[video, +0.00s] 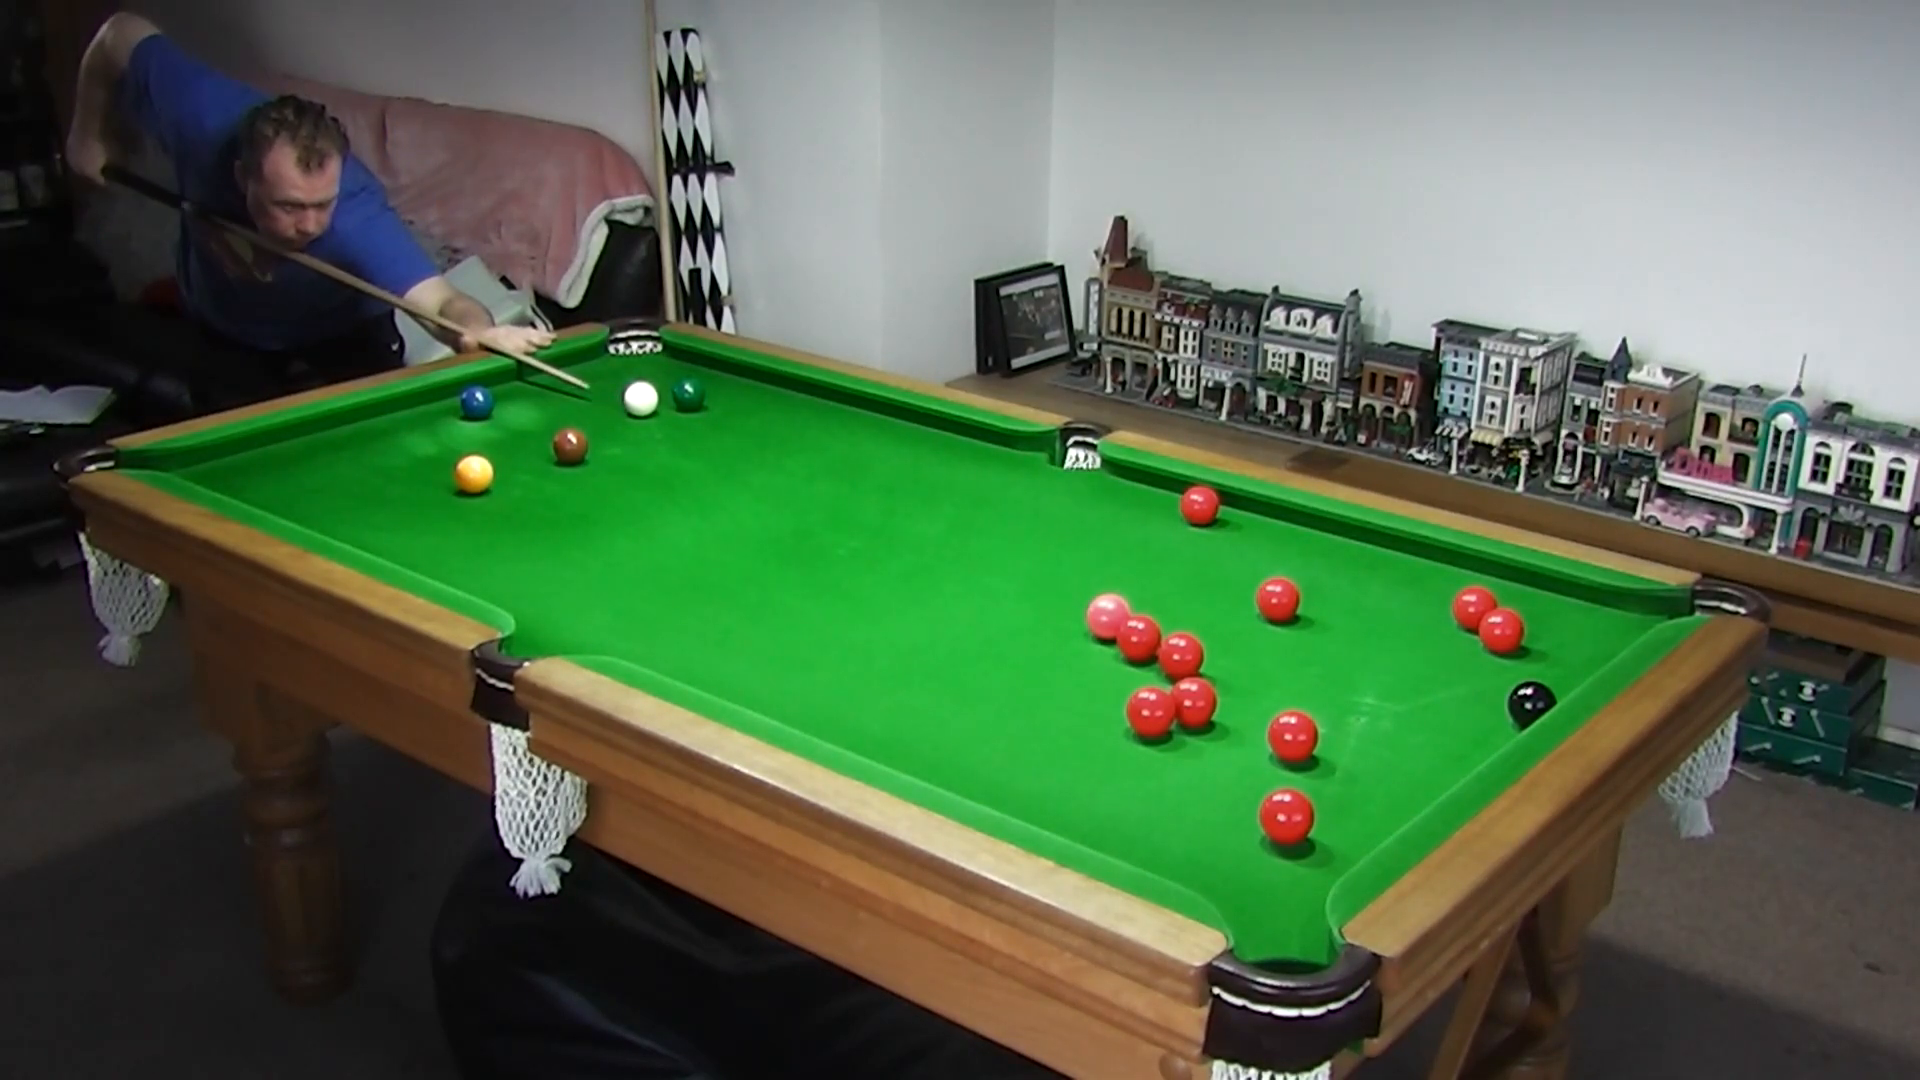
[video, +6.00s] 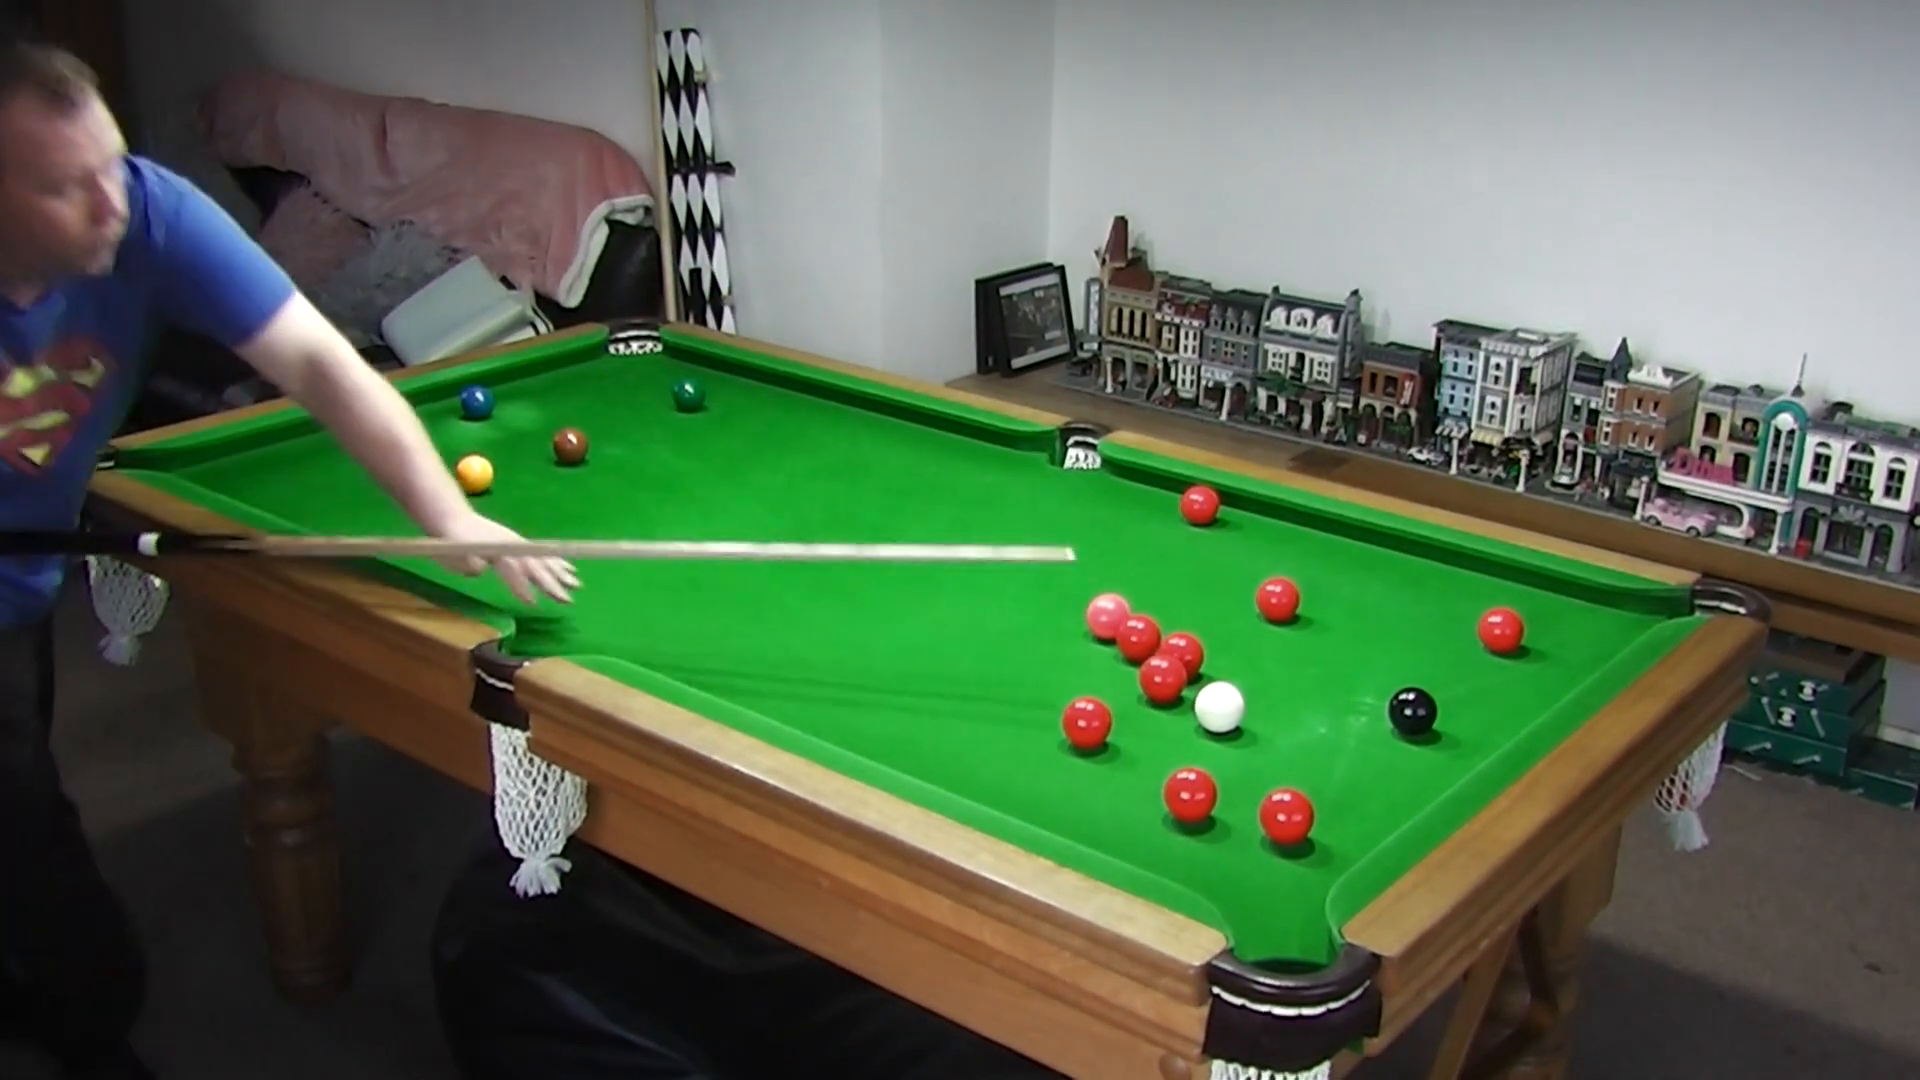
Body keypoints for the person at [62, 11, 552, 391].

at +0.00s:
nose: (309, 225)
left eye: (322, 207)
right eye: (289, 208)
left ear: (339, 182)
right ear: (244, 176)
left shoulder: (358, 211)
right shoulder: (205, 120)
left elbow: (437, 302)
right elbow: (117, 32)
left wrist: (485, 332)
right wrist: (86, 133)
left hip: (343, 324)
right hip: (226, 315)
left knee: (377, 457)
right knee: (235, 456)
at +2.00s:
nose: (318, 226)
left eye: (331, 205)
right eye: (296, 207)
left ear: (346, 182)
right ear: (251, 181)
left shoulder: (369, 213)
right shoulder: (211, 129)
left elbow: (448, 304)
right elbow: (121, 43)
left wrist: (488, 330)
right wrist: (157, 178)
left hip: (347, 325)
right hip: (228, 314)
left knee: (358, 463)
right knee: (233, 457)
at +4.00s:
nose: (54, 6)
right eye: (36, 1)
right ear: (14, 6)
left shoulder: (178, 52)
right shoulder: (5, 79)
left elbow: (277, 174)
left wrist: (334, 274)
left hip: (184, 402)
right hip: (35, 413)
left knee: (206, 603)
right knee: (24, 635)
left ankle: (214, 737)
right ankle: (12, 819)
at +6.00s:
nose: (109, 202)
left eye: (110, 166)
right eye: (68, 188)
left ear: (119, 145)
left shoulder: (151, 214)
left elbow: (319, 360)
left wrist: (452, 517)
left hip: (24, 568)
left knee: (25, 803)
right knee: (22, 804)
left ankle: (91, 1022)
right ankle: (87, 1016)